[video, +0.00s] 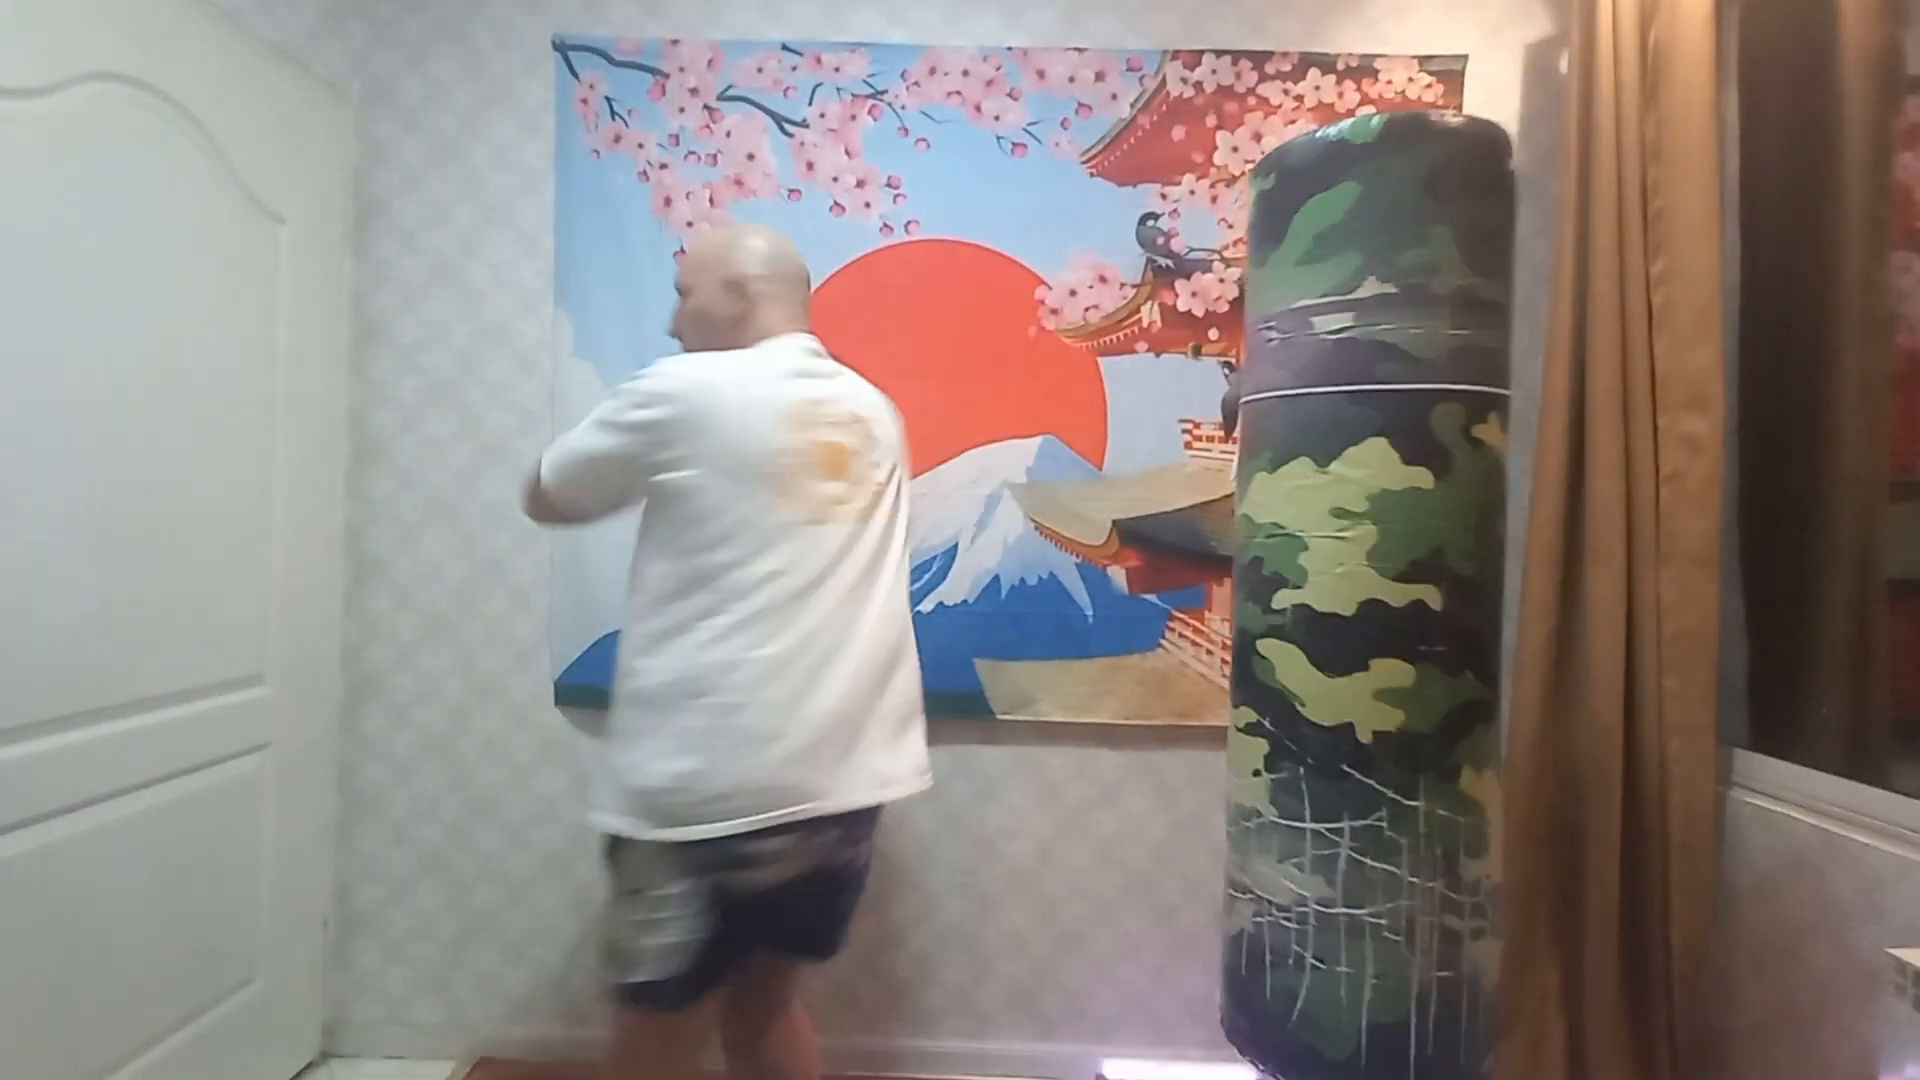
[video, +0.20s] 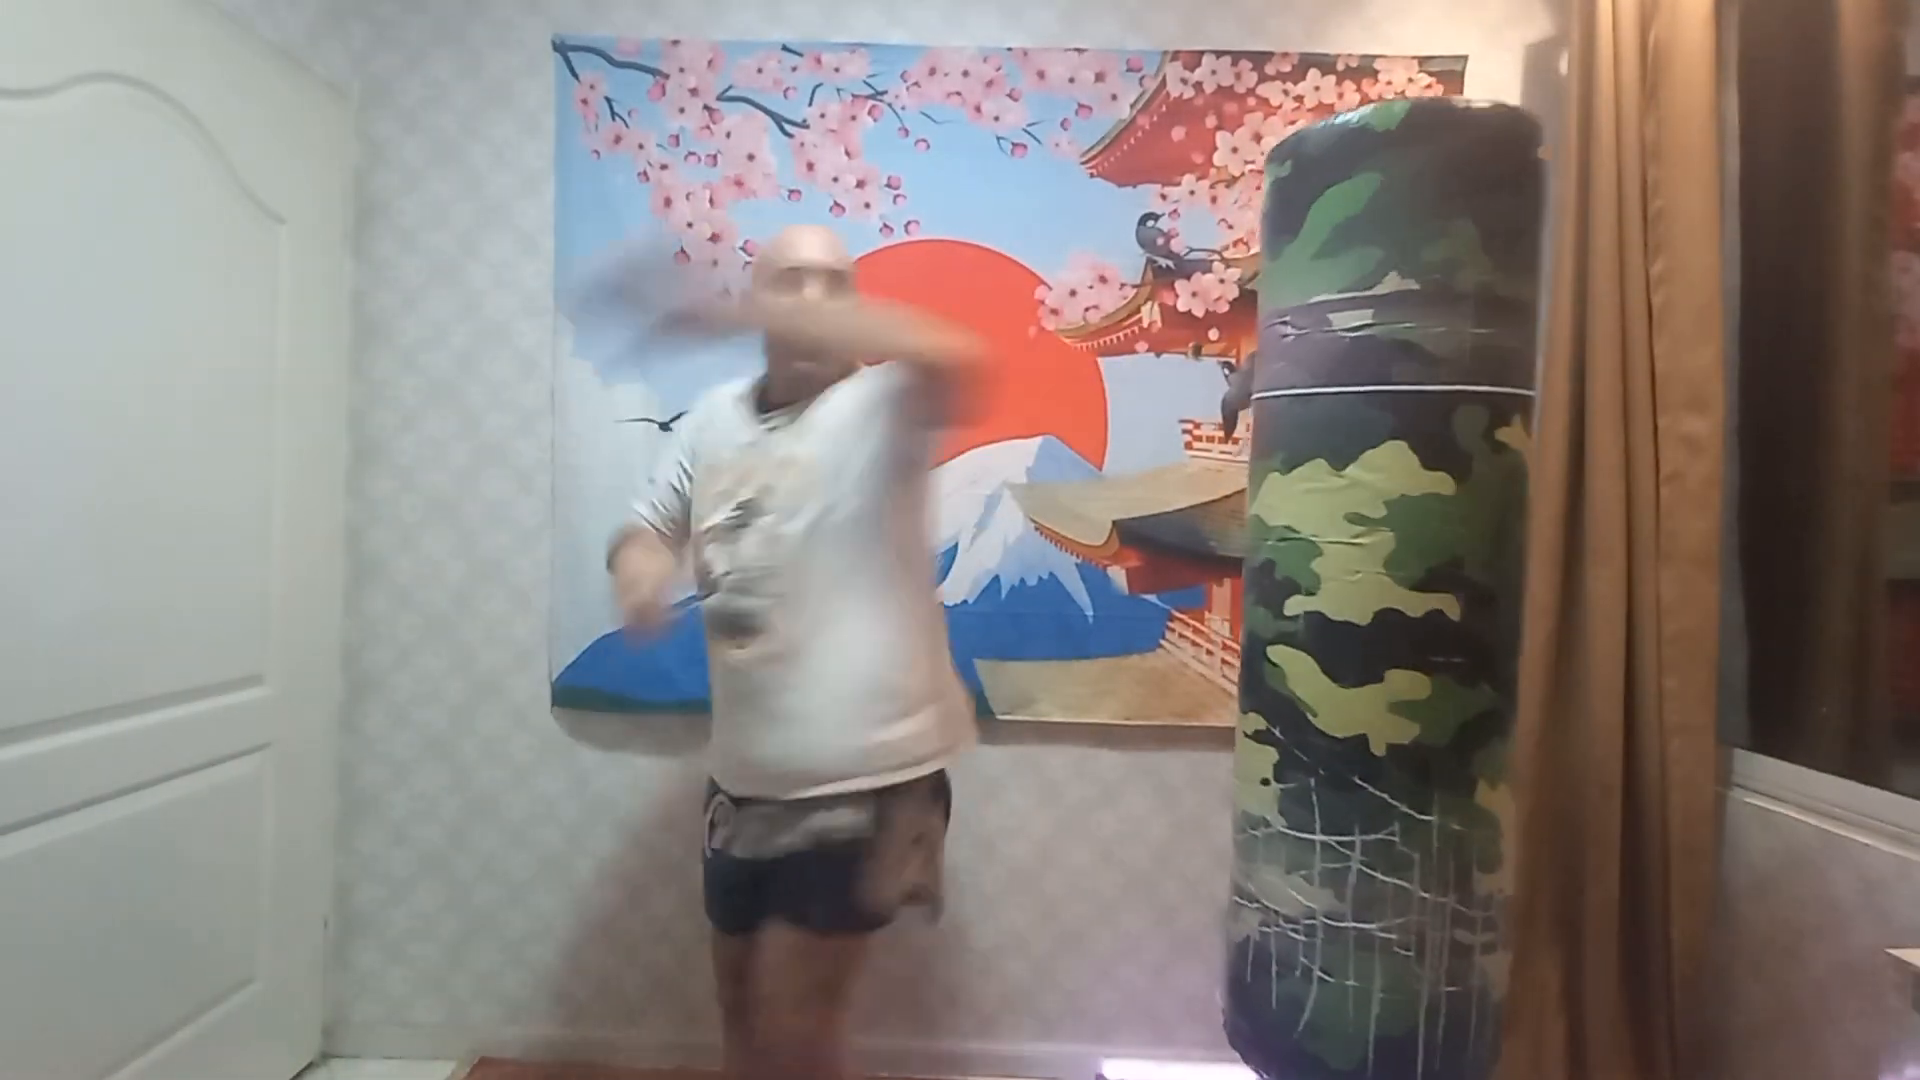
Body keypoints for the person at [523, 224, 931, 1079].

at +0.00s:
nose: (674, 312)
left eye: (686, 293)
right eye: (678, 291)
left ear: (740, 295)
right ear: (782, 298)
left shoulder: (683, 395)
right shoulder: (876, 411)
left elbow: (549, 494)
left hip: (696, 803)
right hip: (841, 792)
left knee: (654, 1044)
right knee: (768, 1011)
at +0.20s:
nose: (808, 300)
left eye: (830, 284)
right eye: (788, 282)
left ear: (856, 301)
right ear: (753, 300)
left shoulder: (886, 405)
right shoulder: (714, 422)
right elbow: (648, 528)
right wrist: (643, 575)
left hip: (865, 779)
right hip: (749, 780)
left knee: (793, 1038)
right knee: (747, 1037)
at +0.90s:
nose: (1047, 383)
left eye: (1048, 368)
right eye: (1037, 364)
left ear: (1002, 362)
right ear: (976, 354)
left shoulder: (999, 459)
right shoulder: (913, 411)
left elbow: (999, 592)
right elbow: (871, 520)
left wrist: (1050, 502)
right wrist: (1038, 524)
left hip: (925, 678)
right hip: (903, 669)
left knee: (951, 949)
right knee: (1110, 794)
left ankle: (940, 1074)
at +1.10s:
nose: (1020, 382)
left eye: (1023, 366)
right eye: (1007, 362)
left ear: (965, 358)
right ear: (948, 354)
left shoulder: (992, 464)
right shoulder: (875, 410)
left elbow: (998, 600)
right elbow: (796, 520)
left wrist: (1032, 513)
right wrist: (940, 474)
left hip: (955, 711)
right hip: (871, 702)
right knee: (942, 957)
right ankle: (805, 1066)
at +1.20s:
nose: (988, 379)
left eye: (992, 363)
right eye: (974, 359)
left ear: (939, 358)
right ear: (916, 351)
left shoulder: (971, 464)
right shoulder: (837, 417)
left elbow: (986, 596)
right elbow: (774, 535)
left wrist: (1012, 521)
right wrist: (913, 466)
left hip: (944, 742)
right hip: (831, 737)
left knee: (947, 963)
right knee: (820, 974)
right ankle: (733, 1054)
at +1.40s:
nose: (915, 387)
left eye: (920, 371)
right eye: (898, 367)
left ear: (913, 377)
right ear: (836, 366)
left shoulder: (910, 477)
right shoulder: (756, 446)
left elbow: (944, 606)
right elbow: (724, 586)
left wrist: (965, 533)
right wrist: (862, 522)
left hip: (880, 759)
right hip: (754, 758)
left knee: (934, 936)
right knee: (713, 948)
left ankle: (945, 1076)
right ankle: (686, 1071)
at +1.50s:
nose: (893, 385)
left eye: (899, 368)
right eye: (875, 365)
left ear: (900, 375)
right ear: (815, 364)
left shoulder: (899, 474)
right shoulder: (738, 443)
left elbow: (943, 598)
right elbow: (698, 583)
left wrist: (960, 520)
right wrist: (840, 535)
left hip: (856, 744)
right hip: (734, 745)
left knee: (906, 917)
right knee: (710, 945)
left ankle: (905, 1075)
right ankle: (685, 1073)